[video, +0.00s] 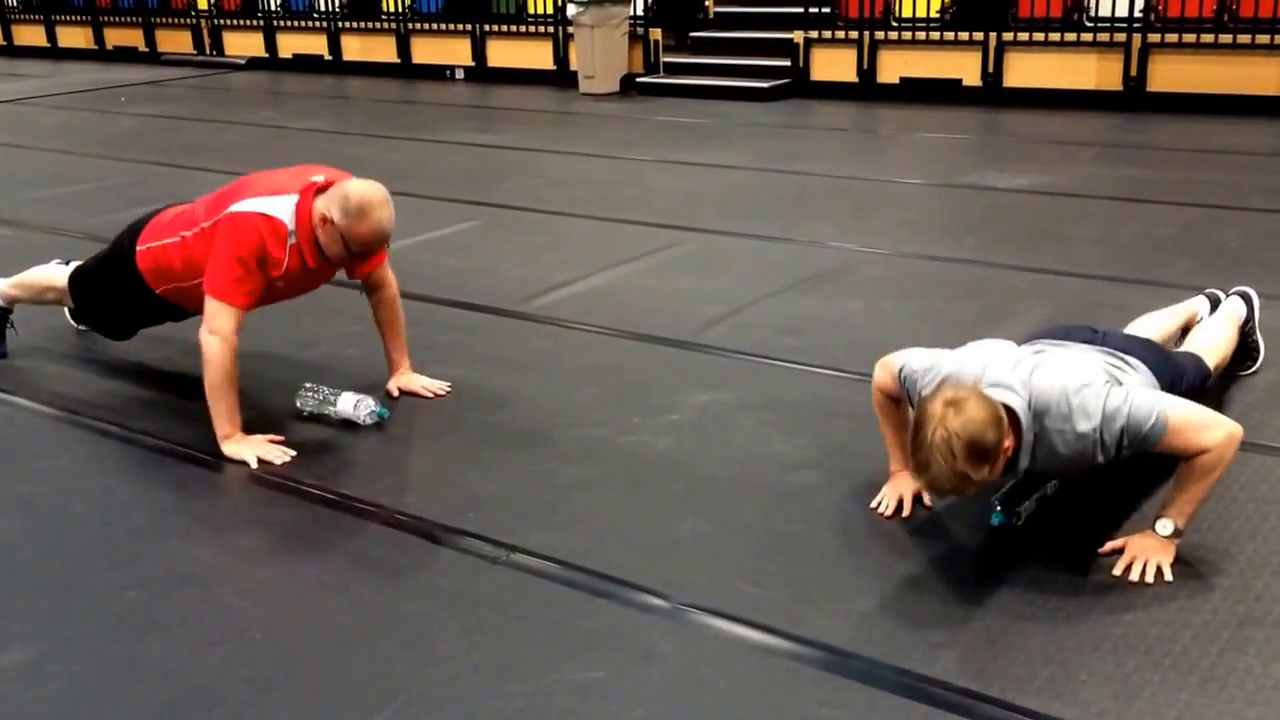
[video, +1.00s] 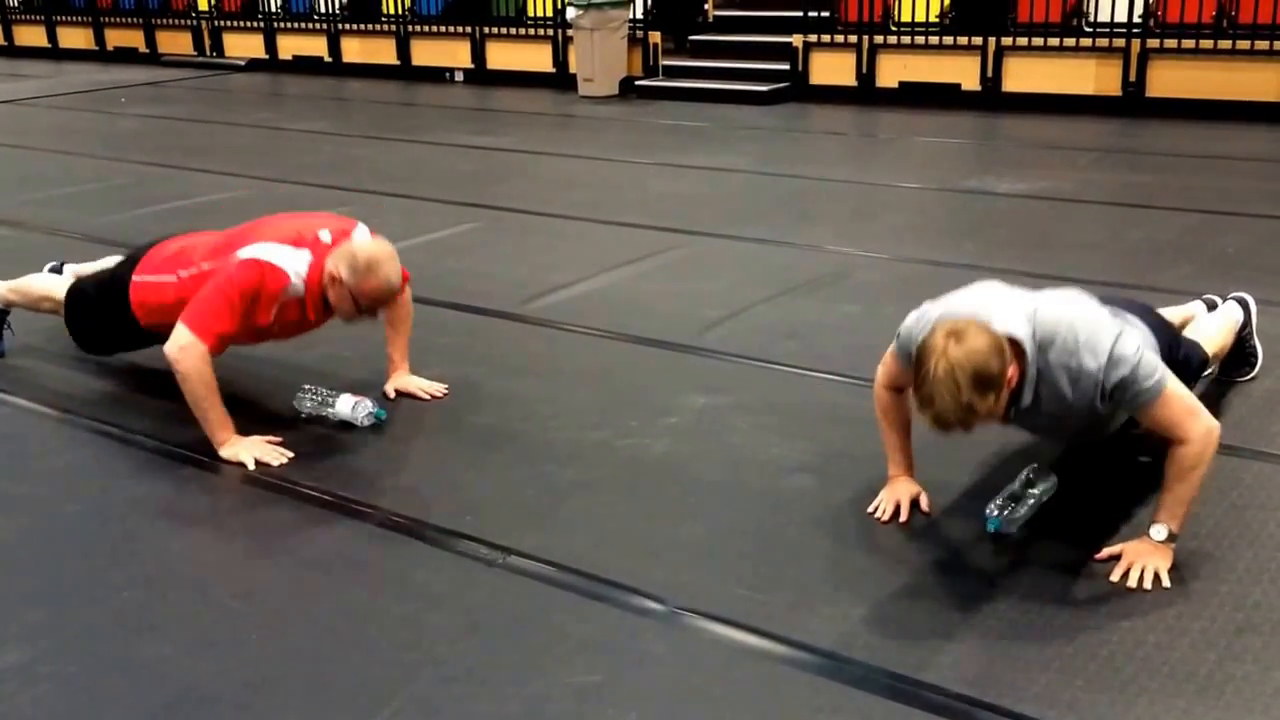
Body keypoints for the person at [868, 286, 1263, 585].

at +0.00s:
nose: (971, 493)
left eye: (974, 486)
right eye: (954, 488)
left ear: (1006, 448)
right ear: (927, 431)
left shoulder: (1096, 411)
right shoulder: (944, 374)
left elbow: (1222, 438)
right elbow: (884, 376)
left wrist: (1163, 531)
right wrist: (901, 467)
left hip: (1136, 367)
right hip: (1053, 346)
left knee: (1196, 362)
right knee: (1129, 342)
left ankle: (1236, 308)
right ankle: (1199, 303)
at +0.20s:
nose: (975, 448)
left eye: (981, 439)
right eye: (960, 441)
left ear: (1012, 405)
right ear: (935, 393)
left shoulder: (1108, 378)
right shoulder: (938, 341)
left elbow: (1213, 433)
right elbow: (891, 380)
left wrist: (1162, 532)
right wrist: (902, 471)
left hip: (1143, 345)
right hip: (1069, 319)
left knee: (1199, 346)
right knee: (1149, 320)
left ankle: (1238, 310)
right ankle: (1206, 302)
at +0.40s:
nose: (983, 372)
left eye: (992, 360)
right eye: (970, 364)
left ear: (1025, 317)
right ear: (951, 327)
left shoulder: (1118, 312)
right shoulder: (937, 295)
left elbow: (1180, 423)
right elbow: (906, 377)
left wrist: (1162, 533)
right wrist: (901, 471)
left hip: (1151, 335)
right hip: (1070, 360)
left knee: (1202, 336)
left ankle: (1239, 312)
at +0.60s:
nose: (981, 435)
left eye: (987, 424)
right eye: (967, 429)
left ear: (1014, 388)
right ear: (941, 391)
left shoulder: (1104, 370)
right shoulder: (933, 341)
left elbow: (1212, 434)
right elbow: (888, 384)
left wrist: (1162, 535)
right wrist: (901, 474)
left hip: (1143, 354)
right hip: (1092, 329)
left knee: (1200, 351)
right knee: (1148, 326)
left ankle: (1237, 311)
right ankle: (1205, 304)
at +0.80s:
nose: (969, 503)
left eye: (973, 495)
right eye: (951, 499)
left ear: (1006, 454)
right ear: (925, 438)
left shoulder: (1089, 415)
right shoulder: (938, 382)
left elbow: (1216, 441)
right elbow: (883, 380)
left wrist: (1161, 537)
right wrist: (899, 472)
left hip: (1129, 376)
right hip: (1052, 357)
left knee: (1193, 368)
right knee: (1126, 349)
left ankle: (1235, 313)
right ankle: (1197, 307)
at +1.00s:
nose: (982, 425)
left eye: (986, 414)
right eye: (966, 420)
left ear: (1010, 374)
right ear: (931, 376)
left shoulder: (1103, 355)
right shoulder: (923, 331)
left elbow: (1200, 433)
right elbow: (888, 384)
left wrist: (1160, 537)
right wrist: (900, 474)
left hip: (1142, 342)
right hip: (1081, 321)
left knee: (1195, 351)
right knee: (1157, 328)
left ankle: (1235, 313)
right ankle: (1201, 308)